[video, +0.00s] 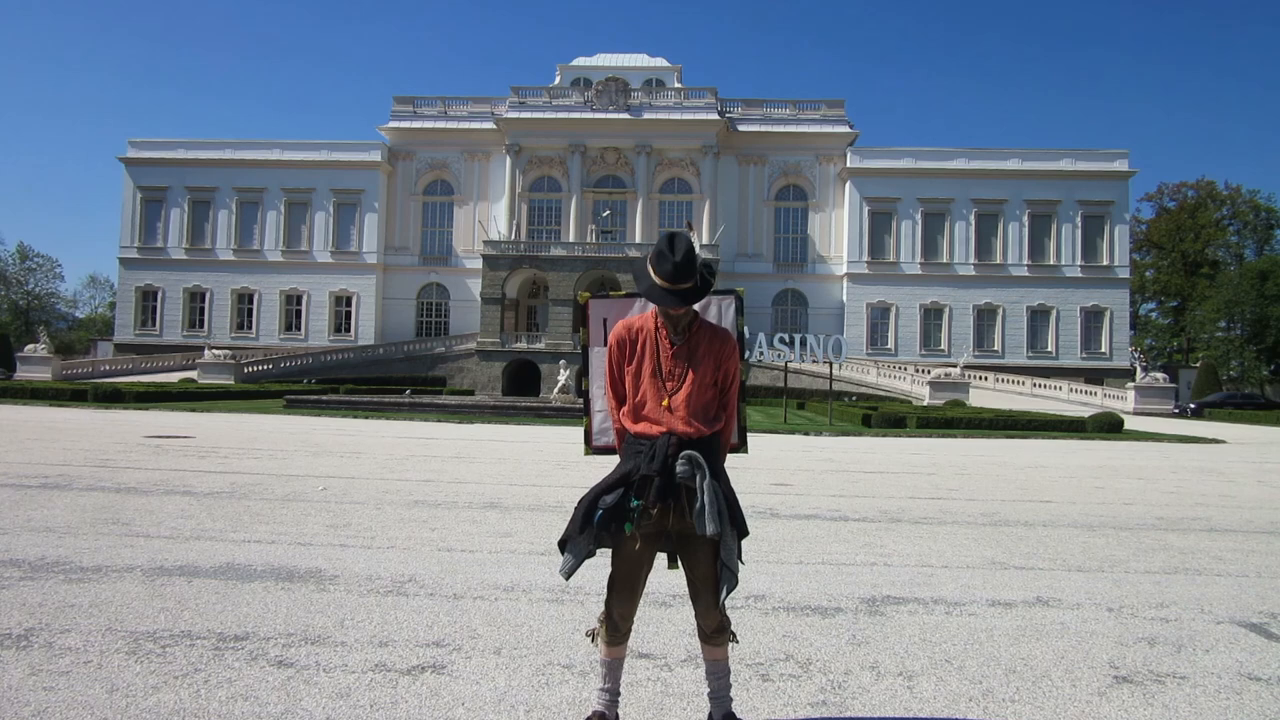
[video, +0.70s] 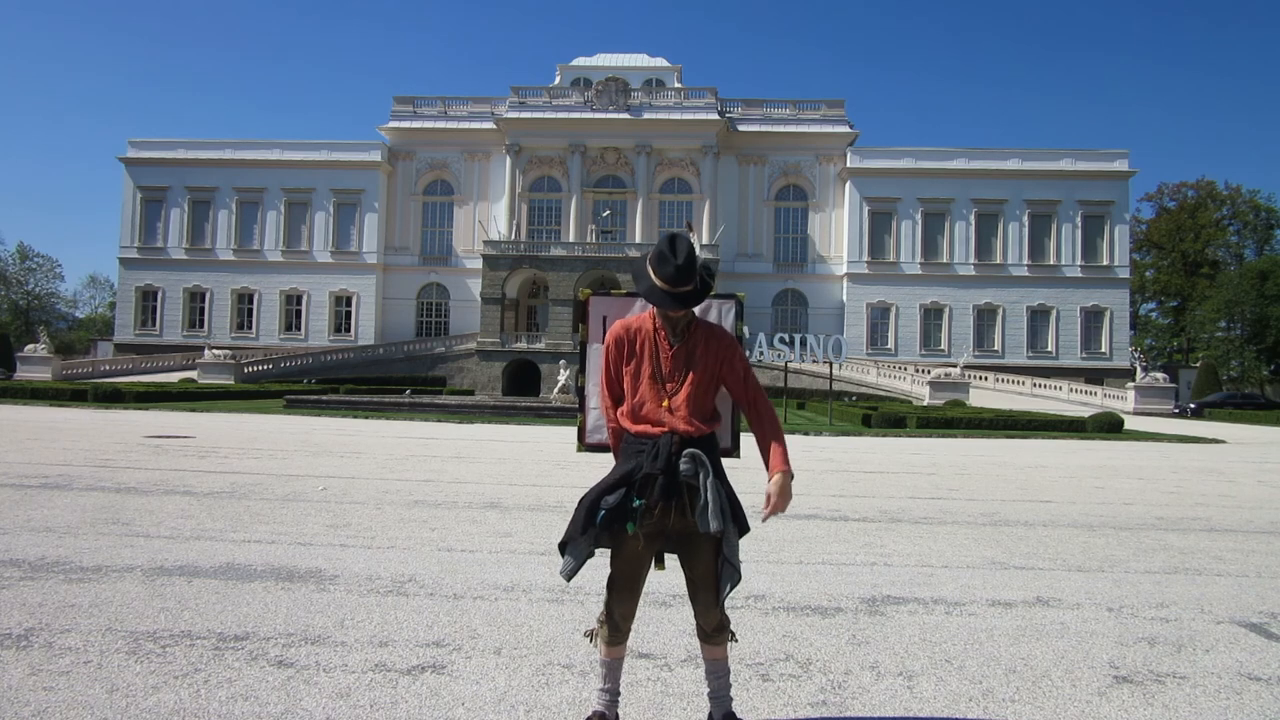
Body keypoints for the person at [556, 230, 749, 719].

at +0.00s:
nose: (677, 307)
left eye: (685, 298)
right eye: (668, 299)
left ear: (698, 293)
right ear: (653, 290)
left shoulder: (722, 343)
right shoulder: (625, 336)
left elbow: (726, 425)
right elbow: (618, 415)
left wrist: (699, 469)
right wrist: (655, 457)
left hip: (699, 488)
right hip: (640, 485)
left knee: (709, 605)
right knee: (620, 603)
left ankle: (721, 705)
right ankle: (607, 701)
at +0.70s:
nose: (676, 314)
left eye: (684, 305)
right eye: (667, 305)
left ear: (697, 298)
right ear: (652, 296)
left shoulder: (718, 342)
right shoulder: (622, 336)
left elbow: (756, 405)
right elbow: (612, 411)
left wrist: (780, 470)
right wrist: (633, 467)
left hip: (698, 481)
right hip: (638, 480)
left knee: (709, 603)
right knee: (620, 599)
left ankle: (720, 706)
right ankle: (606, 701)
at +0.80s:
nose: (678, 314)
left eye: (686, 304)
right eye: (669, 304)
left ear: (698, 297)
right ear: (653, 295)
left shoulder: (717, 338)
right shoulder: (623, 336)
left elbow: (775, 377)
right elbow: (611, 415)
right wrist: (631, 471)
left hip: (699, 481)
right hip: (639, 481)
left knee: (709, 603)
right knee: (620, 601)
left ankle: (721, 706)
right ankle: (606, 702)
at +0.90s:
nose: (679, 317)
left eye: (688, 308)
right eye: (670, 308)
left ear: (701, 299)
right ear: (654, 297)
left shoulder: (717, 335)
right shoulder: (625, 335)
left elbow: (779, 346)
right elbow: (612, 410)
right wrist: (629, 469)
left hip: (699, 478)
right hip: (638, 477)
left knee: (710, 600)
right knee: (621, 599)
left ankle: (721, 706)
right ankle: (606, 702)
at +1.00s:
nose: (678, 317)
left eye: (687, 308)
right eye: (669, 307)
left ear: (701, 296)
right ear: (653, 297)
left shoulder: (718, 329)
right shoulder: (627, 334)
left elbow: (776, 308)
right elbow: (610, 408)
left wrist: (752, 257)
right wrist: (628, 468)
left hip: (698, 475)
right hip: (639, 474)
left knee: (711, 598)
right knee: (623, 594)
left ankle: (721, 707)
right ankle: (606, 700)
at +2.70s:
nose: (687, 298)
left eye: (695, 288)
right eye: (677, 289)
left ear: (707, 290)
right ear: (660, 292)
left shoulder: (718, 336)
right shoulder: (634, 341)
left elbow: (788, 367)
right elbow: (587, 408)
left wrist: (777, 333)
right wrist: (556, 472)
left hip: (711, 476)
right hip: (651, 477)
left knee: (757, 590)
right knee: (632, 603)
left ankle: (767, 693)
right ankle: (608, 702)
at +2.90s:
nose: (733, 316)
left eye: (741, 307)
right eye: (723, 308)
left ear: (754, 310)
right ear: (709, 315)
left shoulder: (771, 369)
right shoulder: (692, 366)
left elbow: (792, 440)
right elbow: (677, 411)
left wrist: (772, 459)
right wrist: (700, 436)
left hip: (763, 501)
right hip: (709, 498)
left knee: (776, 612)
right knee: (673, 597)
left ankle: (768, 705)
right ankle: (620, 703)